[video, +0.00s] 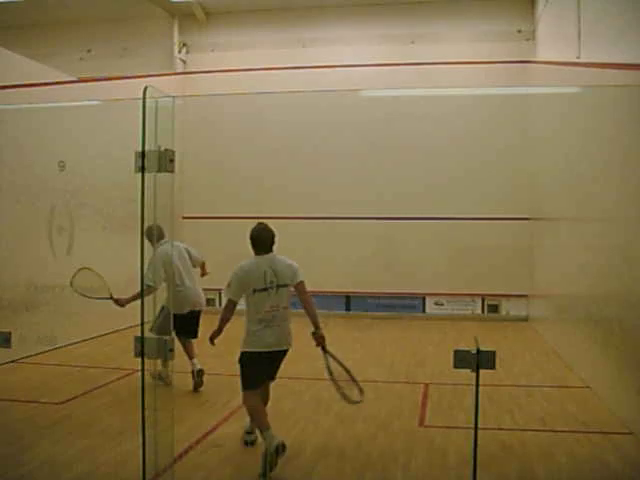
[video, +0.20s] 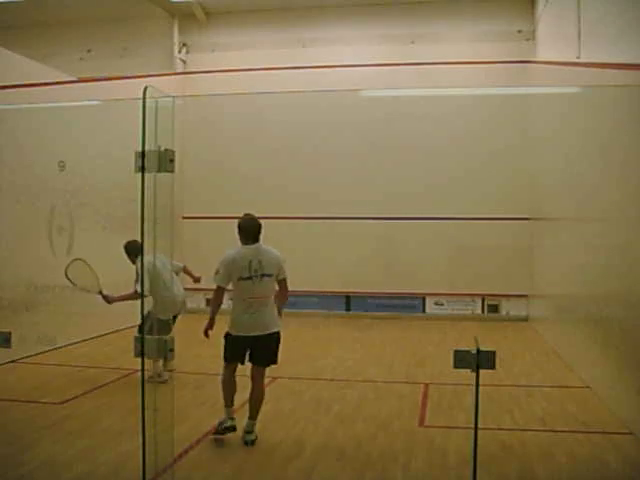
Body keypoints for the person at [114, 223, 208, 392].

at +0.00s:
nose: (148, 244)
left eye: (148, 240)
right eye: (148, 240)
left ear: (150, 240)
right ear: (164, 235)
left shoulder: (159, 254)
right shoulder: (179, 246)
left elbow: (152, 286)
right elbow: (200, 260)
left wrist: (127, 300)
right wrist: (203, 271)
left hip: (180, 302)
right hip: (197, 299)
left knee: (160, 333)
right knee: (184, 336)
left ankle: (165, 372)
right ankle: (196, 366)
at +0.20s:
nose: (129, 259)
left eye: (128, 256)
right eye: (128, 256)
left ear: (131, 255)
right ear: (142, 250)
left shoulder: (142, 264)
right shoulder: (158, 258)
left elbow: (140, 293)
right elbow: (181, 267)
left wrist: (114, 299)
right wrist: (194, 277)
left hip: (164, 305)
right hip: (179, 301)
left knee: (148, 333)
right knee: (163, 332)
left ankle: (158, 371)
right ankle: (167, 362)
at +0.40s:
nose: (115, 268)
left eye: (115, 265)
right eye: (115, 265)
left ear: (118, 265)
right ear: (127, 259)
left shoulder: (132, 274)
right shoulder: (141, 267)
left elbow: (131, 301)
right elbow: (169, 272)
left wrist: (107, 302)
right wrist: (191, 280)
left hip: (156, 313)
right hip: (166, 308)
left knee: (139, 338)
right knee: (156, 337)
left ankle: (156, 366)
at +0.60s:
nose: (116, 267)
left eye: (116, 265)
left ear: (116, 265)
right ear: (129, 259)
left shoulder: (123, 283)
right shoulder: (145, 267)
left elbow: (129, 305)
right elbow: (166, 286)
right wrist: (171, 303)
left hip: (146, 313)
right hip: (163, 307)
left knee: (137, 337)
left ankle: (158, 357)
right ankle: (135, 357)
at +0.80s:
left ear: (131, 255)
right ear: (145, 252)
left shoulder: (130, 271)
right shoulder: (156, 265)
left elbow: (135, 288)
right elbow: (163, 288)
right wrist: (168, 312)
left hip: (141, 309)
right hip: (158, 307)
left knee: (137, 333)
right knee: (158, 329)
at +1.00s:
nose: (169, 247)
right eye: (168, 245)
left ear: (152, 244)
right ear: (167, 245)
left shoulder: (144, 261)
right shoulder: (172, 261)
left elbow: (139, 281)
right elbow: (178, 288)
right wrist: (183, 312)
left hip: (146, 306)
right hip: (164, 307)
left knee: (146, 335)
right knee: (161, 336)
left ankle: (142, 361)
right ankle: (155, 364)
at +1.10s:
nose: (181, 246)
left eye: (181, 242)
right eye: (179, 242)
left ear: (164, 243)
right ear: (173, 243)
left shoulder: (149, 259)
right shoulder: (176, 260)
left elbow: (142, 283)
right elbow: (184, 288)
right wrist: (193, 313)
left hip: (148, 307)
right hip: (166, 308)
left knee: (147, 336)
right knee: (165, 333)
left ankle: (152, 365)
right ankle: (159, 364)